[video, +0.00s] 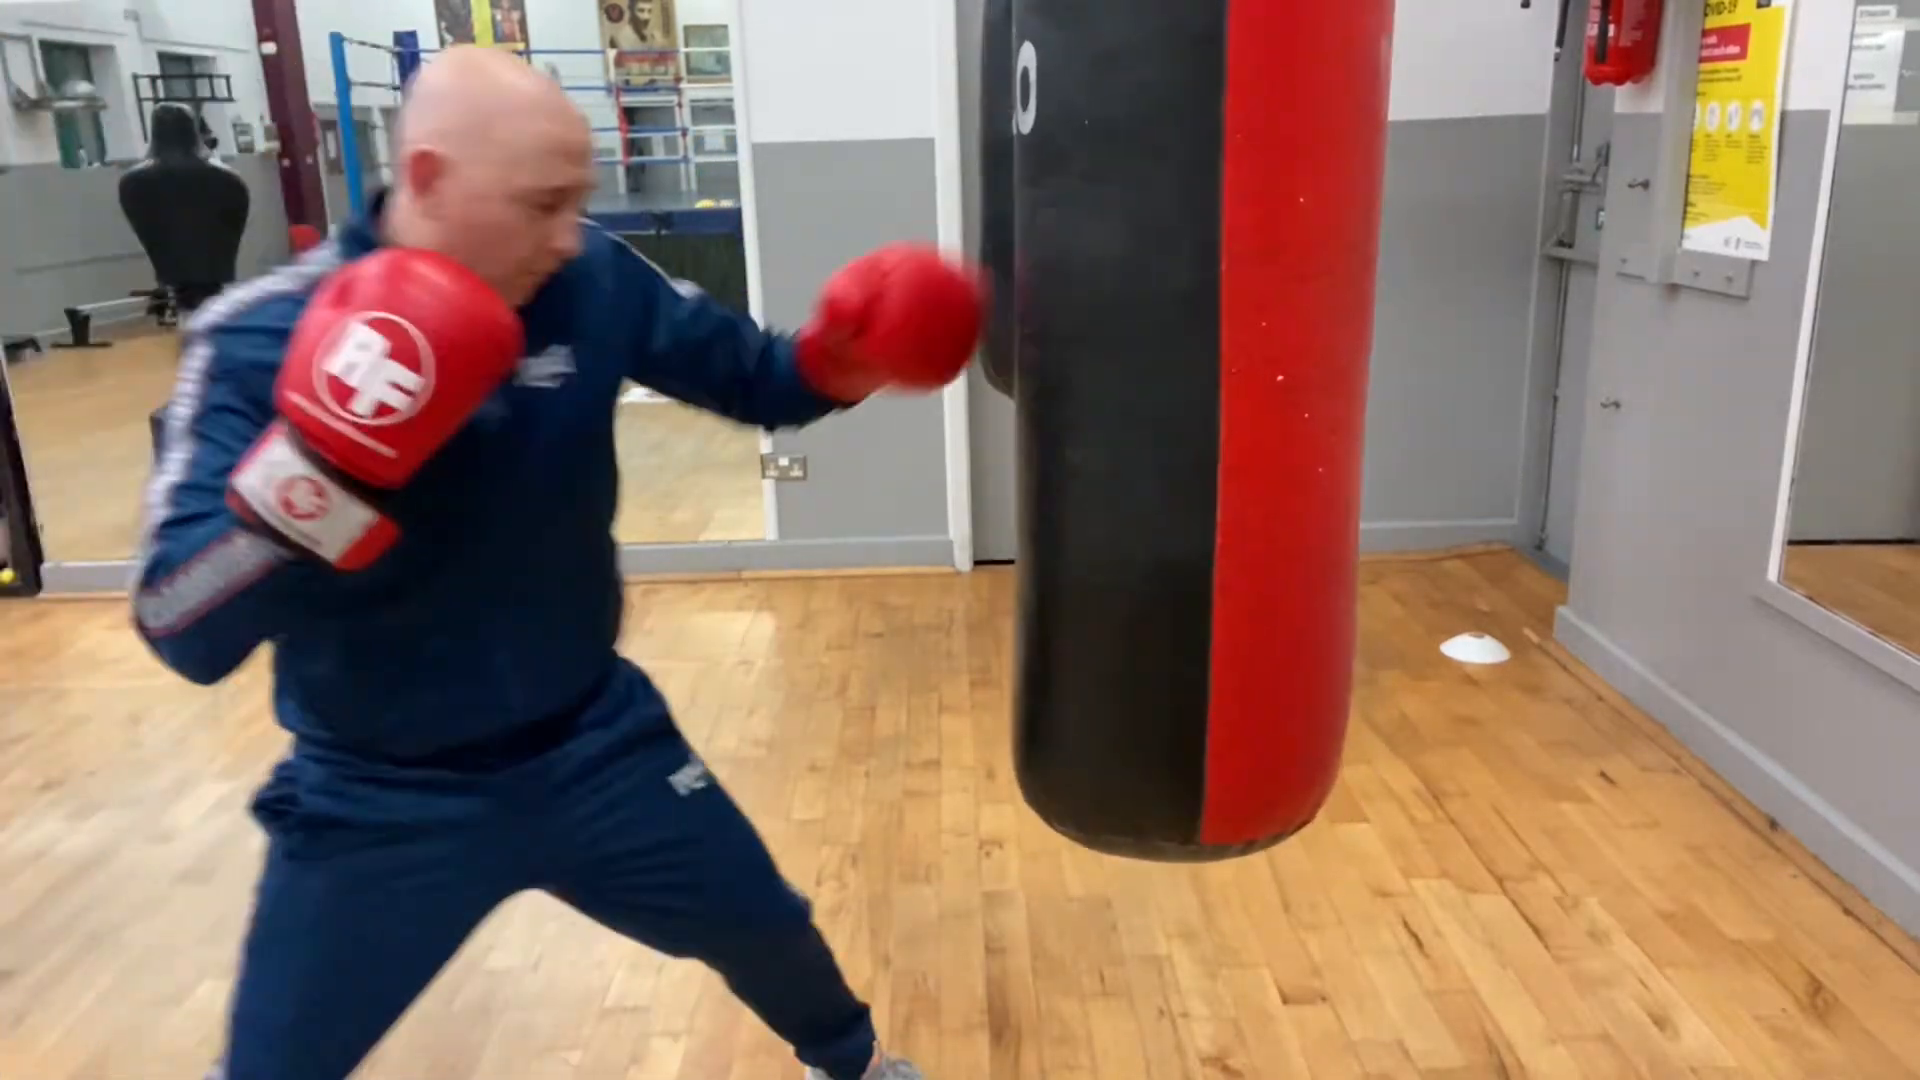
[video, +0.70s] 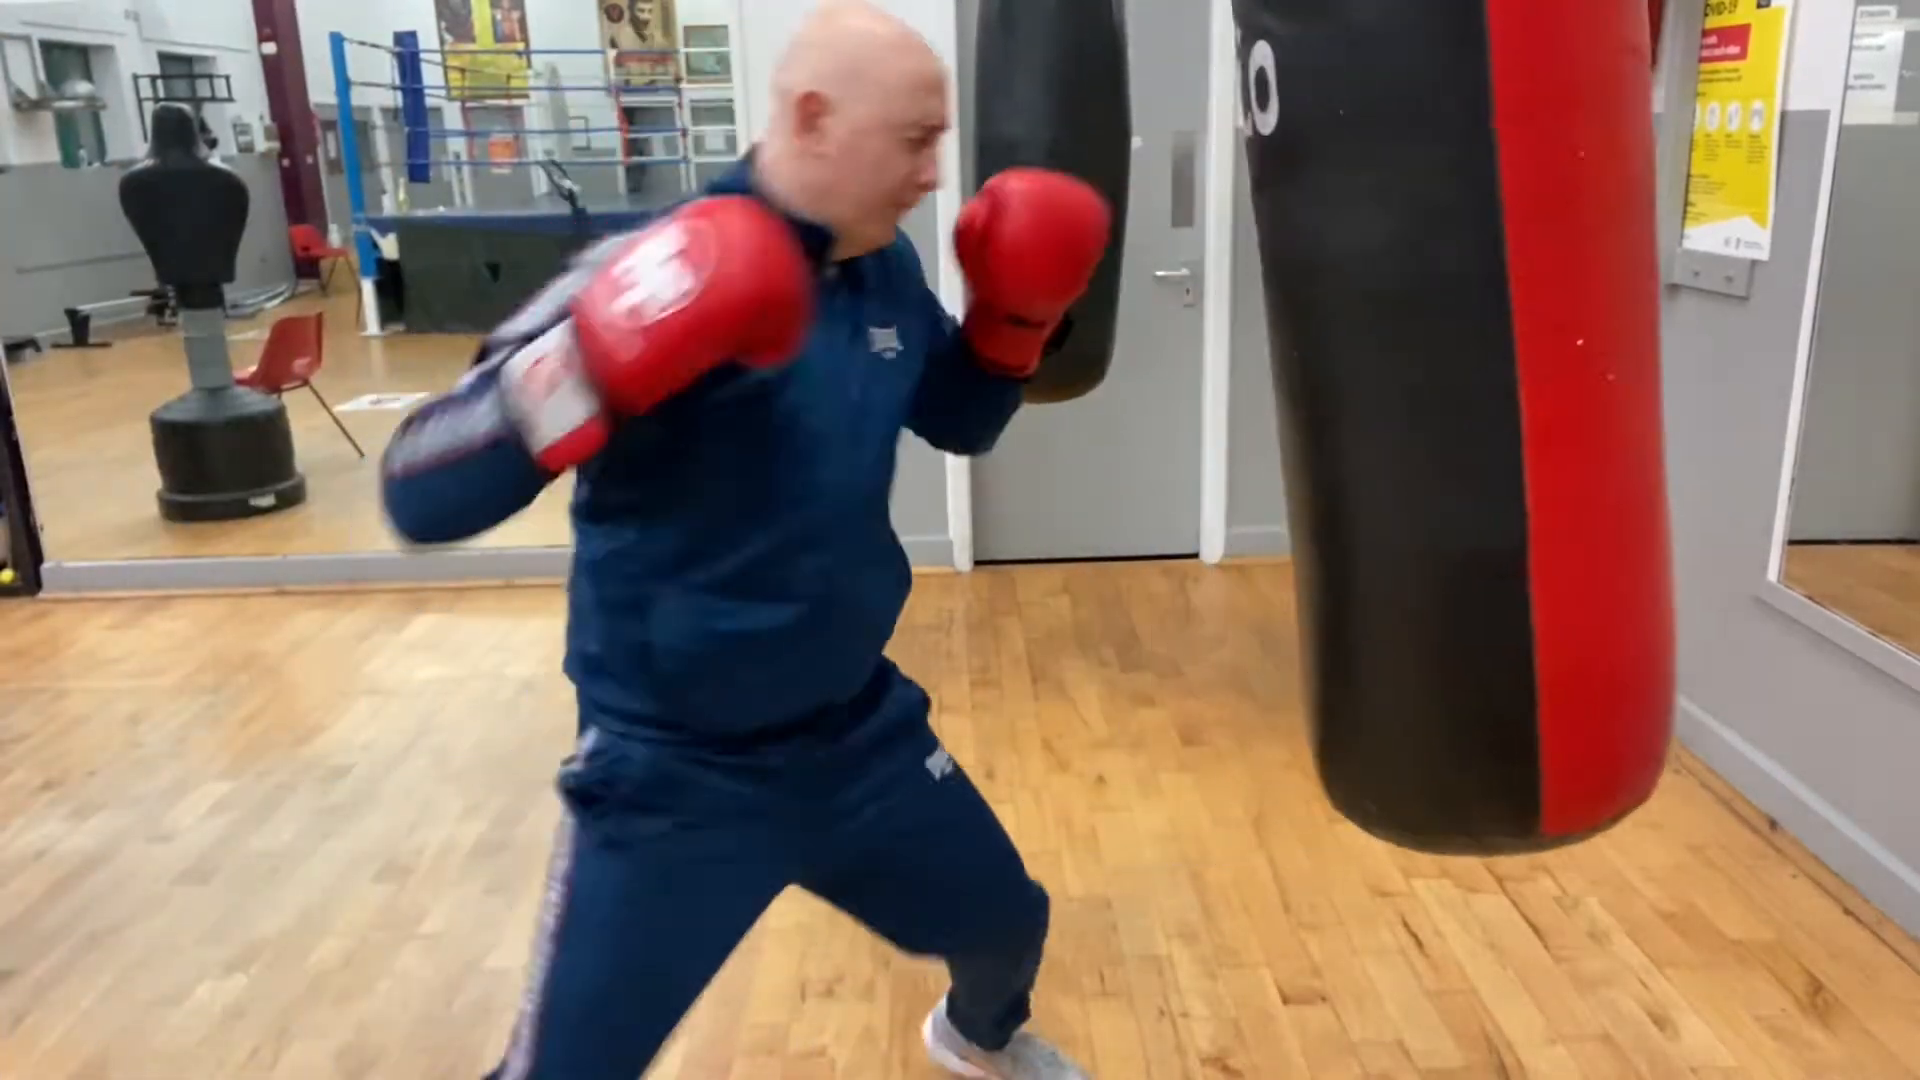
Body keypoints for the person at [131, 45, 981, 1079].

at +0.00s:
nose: (571, 239)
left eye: (579, 204)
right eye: (544, 204)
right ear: (427, 179)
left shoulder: (591, 285)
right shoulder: (258, 342)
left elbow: (758, 380)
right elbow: (183, 631)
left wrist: (850, 352)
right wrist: (323, 461)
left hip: (597, 755)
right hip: (374, 801)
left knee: (765, 931)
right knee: (269, 1072)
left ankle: (858, 1069)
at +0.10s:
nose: (743, 231)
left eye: (749, 203)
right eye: (725, 202)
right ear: (623, 178)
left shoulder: (669, 289)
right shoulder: (491, 301)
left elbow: (645, 451)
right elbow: (351, 563)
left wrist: (747, 421)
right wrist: (565, 447)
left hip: (639, 722)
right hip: (471, 781)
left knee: (811, 886)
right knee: (405, 1068)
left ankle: (856, 1058)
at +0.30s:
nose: (815, 250)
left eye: (818, 219)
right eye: (799, 220)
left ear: (689, 198)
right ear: (696, 201)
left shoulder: (529, 291)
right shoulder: (651, 339)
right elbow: (682, 593)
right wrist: (845, 431)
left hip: (680, 720)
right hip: (568, 786)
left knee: (847, 851)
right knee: (632, 1068)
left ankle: (857, 1053)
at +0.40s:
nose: (780, 227)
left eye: (778, 195)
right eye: (749, 199)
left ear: (638, 186)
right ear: (630, 186)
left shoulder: (682, 296)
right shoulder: (530, 339)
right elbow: (613, 650)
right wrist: (741, 443)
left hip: (733, 706)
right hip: (591, 783)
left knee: (924, 869)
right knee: (593, 1069)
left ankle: (873, 1037)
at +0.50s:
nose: (732, 212)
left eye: (736, 178)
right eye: (702, 181)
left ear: (742, 168)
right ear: (578, 165)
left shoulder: (738, 254)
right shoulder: (439, 343)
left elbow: (869, 250)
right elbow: (459, 628)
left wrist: (1010, 189)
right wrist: (598, 432)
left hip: (789, 717)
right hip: (595, 782)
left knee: (972, 899)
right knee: (524, 1070)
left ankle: (936, 982)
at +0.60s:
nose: (777, 207)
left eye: (785, 173)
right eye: (745, 177)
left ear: (794, 158)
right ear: (632, 170)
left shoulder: (812, 255)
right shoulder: (500, 319)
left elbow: (974, 324)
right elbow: (362, 584)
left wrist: (1067, 276)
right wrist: (508, 418)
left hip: (823, 738)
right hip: (612, 771)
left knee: (993, 946)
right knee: (491, 1063)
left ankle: (1014, 1032)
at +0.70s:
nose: (934, 174)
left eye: (936, 141)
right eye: (917, 139)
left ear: (823, 125)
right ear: (813, 121)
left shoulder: (881, 270)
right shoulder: (651, 270)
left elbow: (959, 416)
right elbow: (418, 497)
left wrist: (1013, 319)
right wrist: (594, 362)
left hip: (854, 734)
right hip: (672, 770)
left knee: (1009, 923)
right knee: (561, 1066)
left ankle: (980, 1040)